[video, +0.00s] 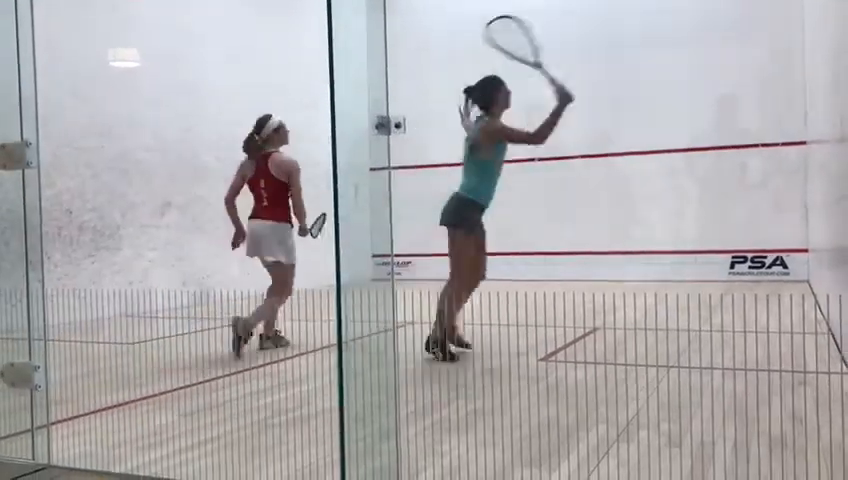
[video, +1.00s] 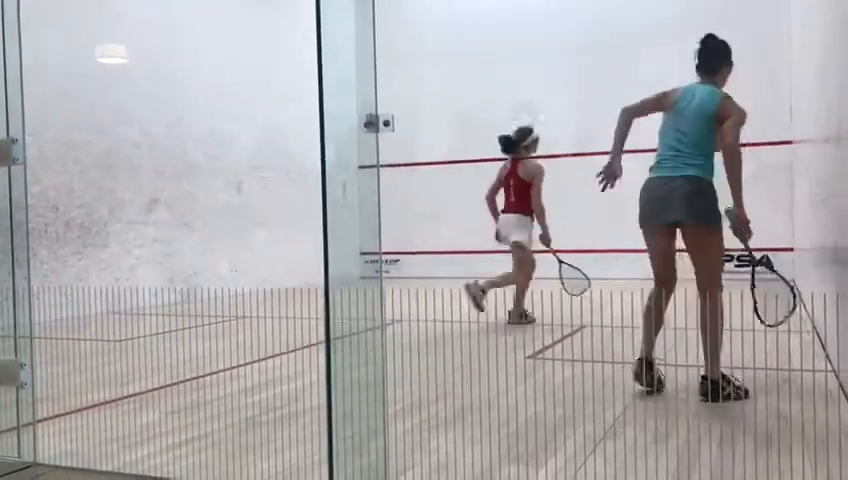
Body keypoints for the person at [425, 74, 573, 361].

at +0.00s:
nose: (510, 94)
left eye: (507, 90)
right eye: (505, 91)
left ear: (487, 99)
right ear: (495, 98)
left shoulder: (483, 127)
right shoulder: (490, 128)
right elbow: (536, 138)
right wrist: (561, 105)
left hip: (469, 211)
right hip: (464, 211)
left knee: (475, 273)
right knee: (463, 275)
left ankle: (447, 327)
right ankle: (438, 337)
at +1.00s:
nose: (729, 73)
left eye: (727, 68)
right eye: (730, 68)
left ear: (697, 67)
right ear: (727, 68)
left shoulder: (673, 96)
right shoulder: (730, 107)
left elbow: (627, 112)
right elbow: (729, 150)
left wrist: (614, 158)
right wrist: (739, 207)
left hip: (654, 193)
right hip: (695, 195)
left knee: (663, 283)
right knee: (710, 289)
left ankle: (644, 363)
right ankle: (713, 378)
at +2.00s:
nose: (485, 107)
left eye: (485, 100)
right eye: (483, 101)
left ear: (497, 92)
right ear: (507, 90)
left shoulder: (506, 118)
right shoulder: (533, 120)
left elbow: (504, 169)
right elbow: (558, 174)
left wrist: (492, 208)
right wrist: (547, 205)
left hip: (528, 211)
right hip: (543, 209)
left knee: (521, 290)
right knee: (522, 288)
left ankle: (582, 337)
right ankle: (527, 357)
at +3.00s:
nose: (288, 121)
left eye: (289, 117)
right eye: (288, 117)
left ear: (296, 116)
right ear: (311, 115)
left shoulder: (298, 138)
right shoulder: (330, 147)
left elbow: (256, 148)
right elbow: (344, 192)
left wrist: (274, 119)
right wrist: (356, 230)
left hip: (309, 223)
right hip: (329, 223)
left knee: (291, 290)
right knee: (317, 287)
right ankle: (323, 347)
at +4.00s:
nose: (122, 133)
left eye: (118, 128)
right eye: (134, 130)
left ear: (116, 130)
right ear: (138, 132)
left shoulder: (107, 155)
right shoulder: (144, 163)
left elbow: (90, 189)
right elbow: (150, 206)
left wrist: (79, 220)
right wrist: (151, 239)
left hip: (109, 230)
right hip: (135, 231)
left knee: (91, 289)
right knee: (127, 288)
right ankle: (132, 344)